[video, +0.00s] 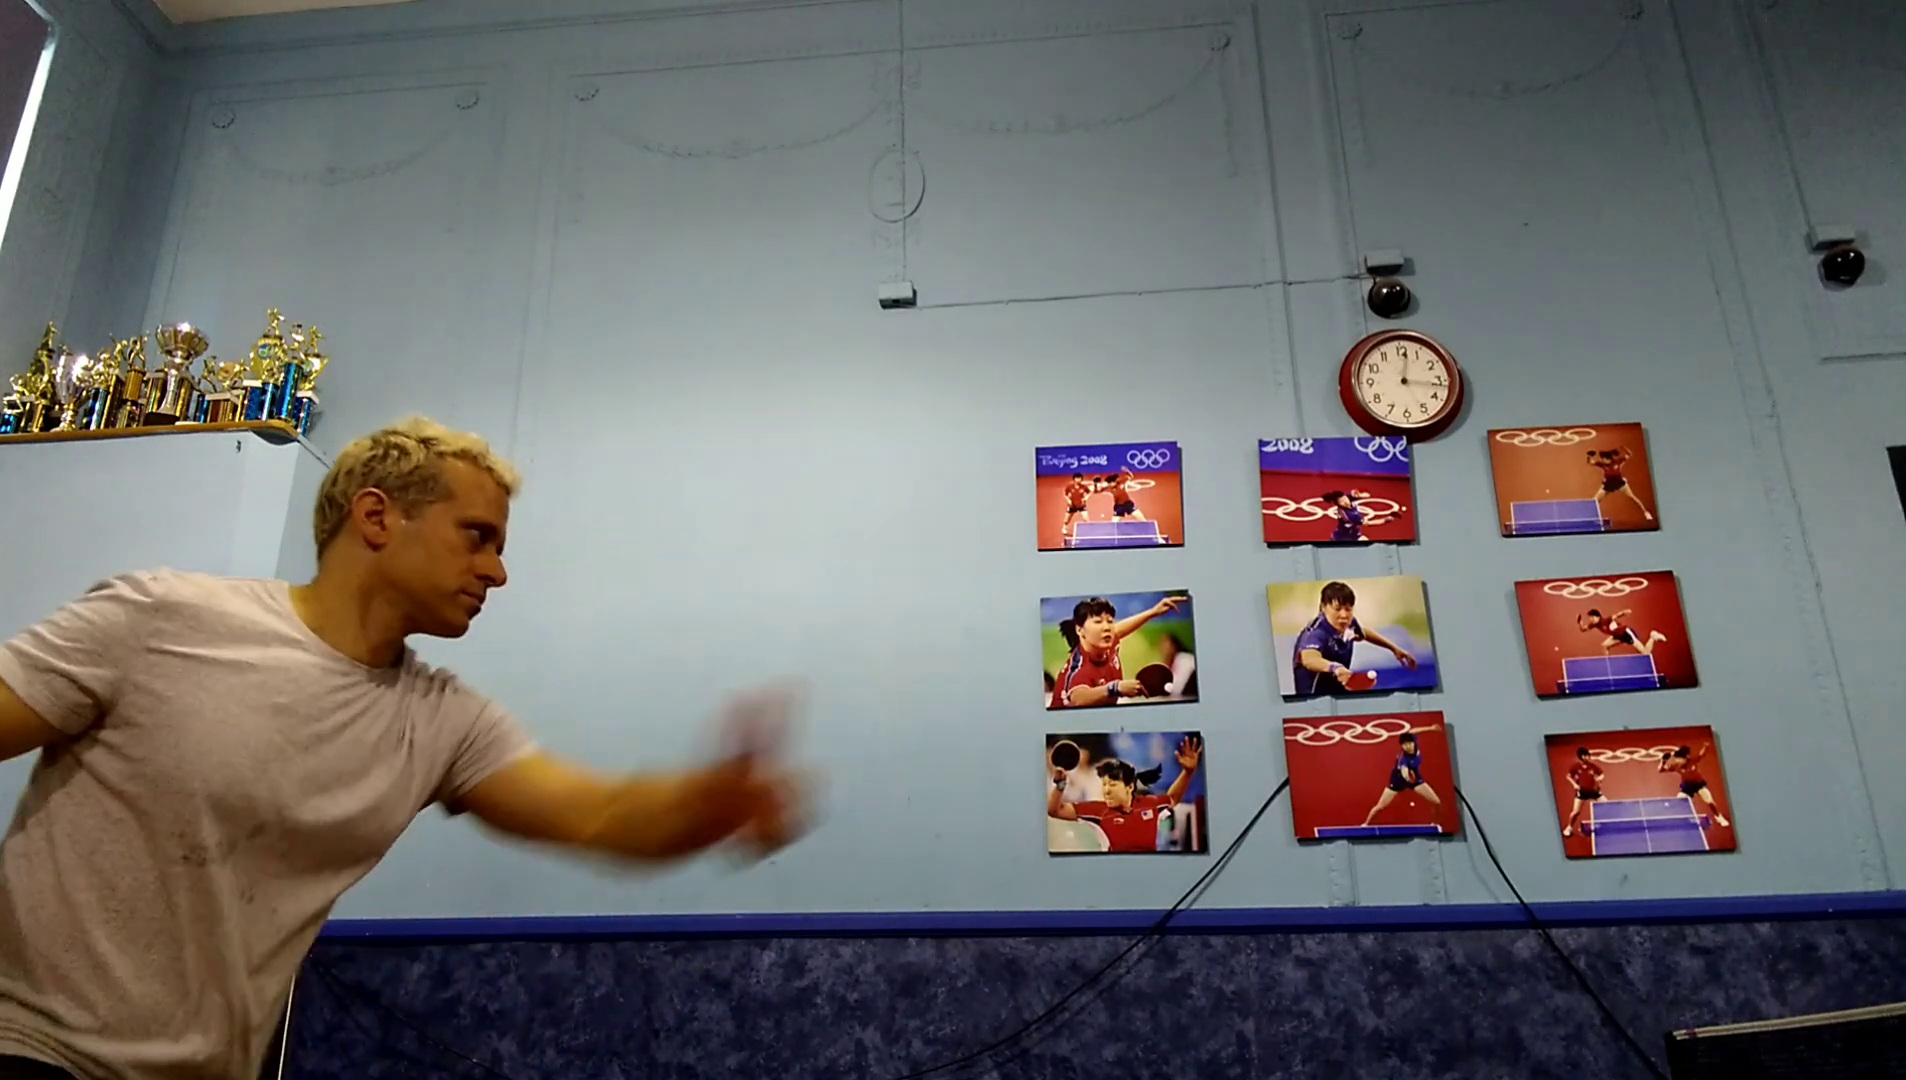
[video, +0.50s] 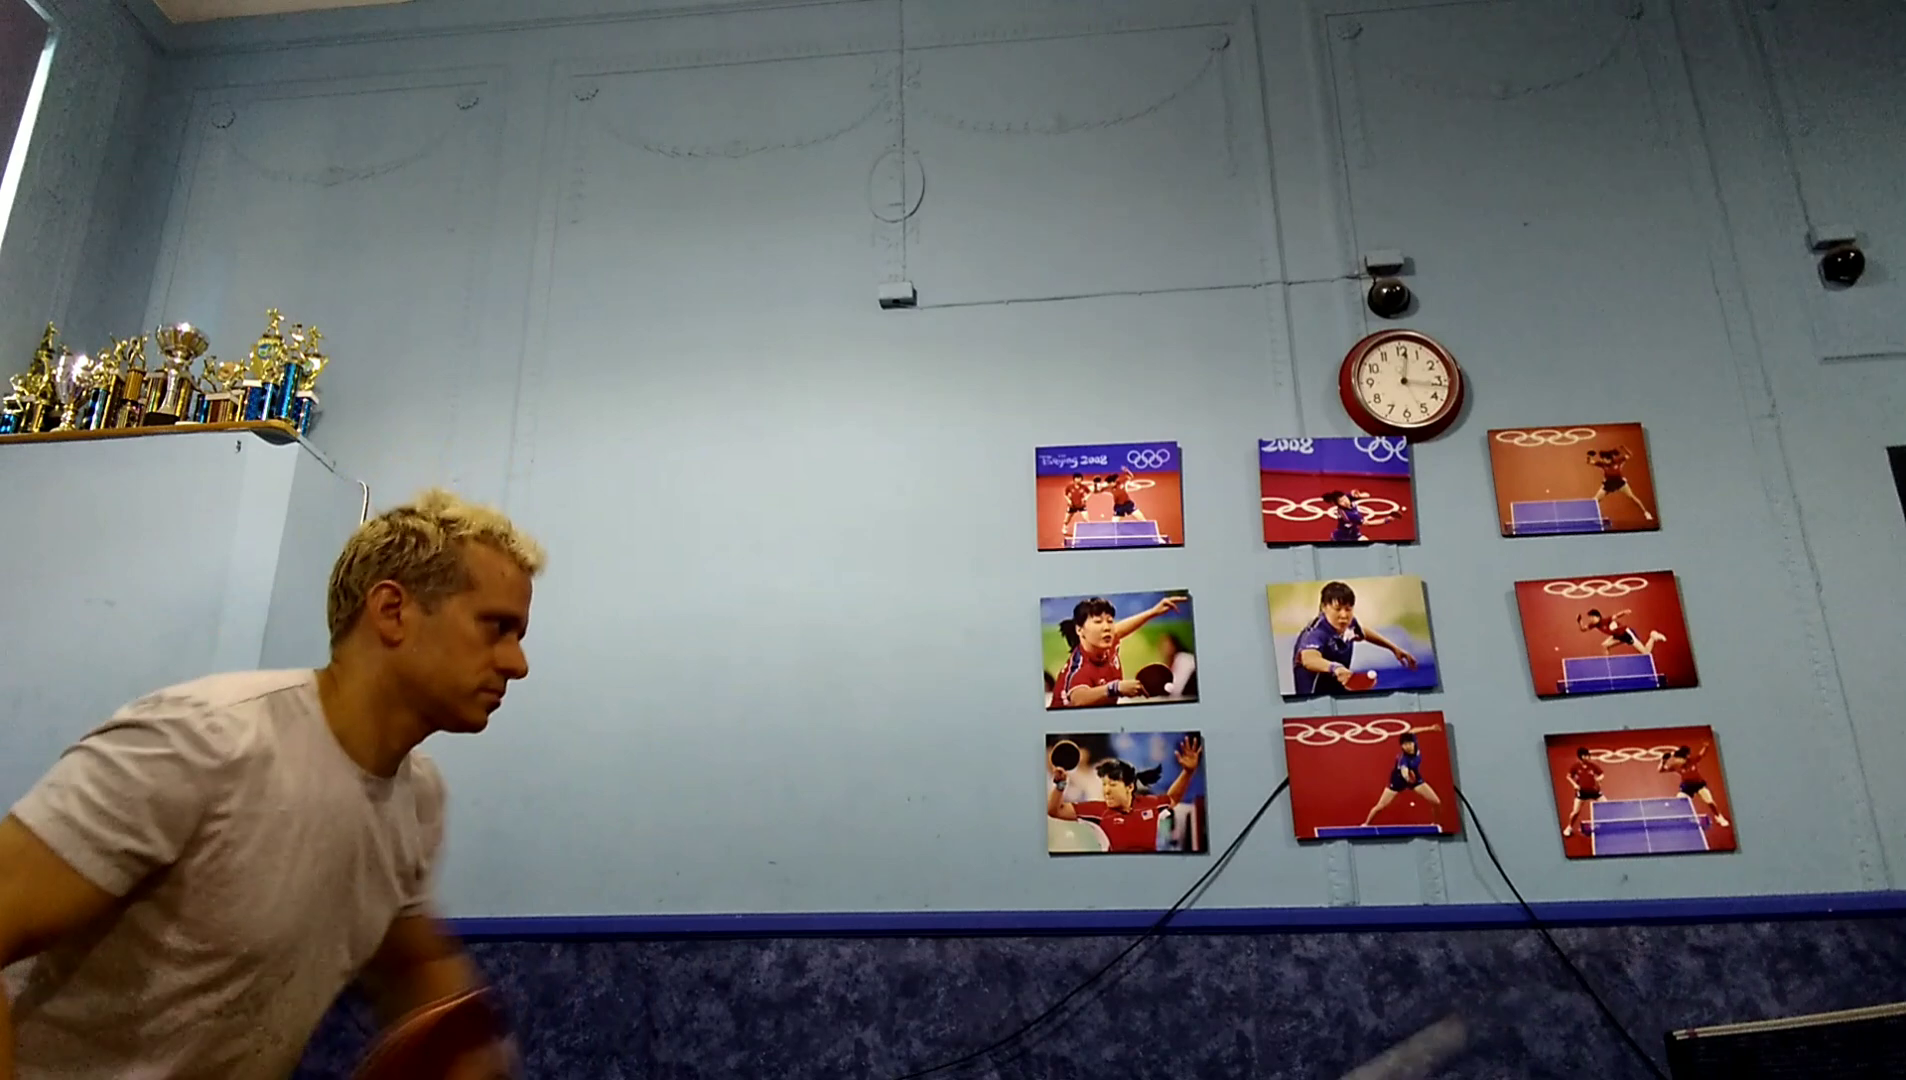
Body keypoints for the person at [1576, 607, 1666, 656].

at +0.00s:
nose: (1590, 620)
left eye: (1591, 618)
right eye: (1590, 618)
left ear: (1597, 617)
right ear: (1593, 618)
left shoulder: (1607, 620)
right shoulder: (1594, 624)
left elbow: (1617, 615)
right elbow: (1583, 630)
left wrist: (1625, 612)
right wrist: (1579, 623)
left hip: (1627, 634)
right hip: (1617, 637)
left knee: (1645, 652)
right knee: (1604, 645)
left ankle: (1653, 636)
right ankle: (1608, 667)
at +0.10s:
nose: (1590, 620)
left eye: (1591, 618)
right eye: (1590, 618)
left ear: (1597, 617)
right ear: (1593, 618)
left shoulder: (1607, 620)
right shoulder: (1594, 624)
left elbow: (1617, 615)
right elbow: (1583, 630)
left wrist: (1625, 612)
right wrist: (1579, 623)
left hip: (1627, 634)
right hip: (1617, 636)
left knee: (1645, 652)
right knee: (1604, 645)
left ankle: (1653, 636)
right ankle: (1608, 666)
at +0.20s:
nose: (1590, 620)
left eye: (1591, 618)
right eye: (1590, 619)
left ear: (1597, 617)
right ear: (1593, 618)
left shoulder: (1607, 620)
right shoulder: (1594, 624)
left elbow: (1617, 615)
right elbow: (1583, 630)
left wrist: (1625, 612)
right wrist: (1579, 623)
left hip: (1627, 634)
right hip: (1617, 636)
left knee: (1645, 652)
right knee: (1604, 645)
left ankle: (1653, 636)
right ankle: (1608, 667)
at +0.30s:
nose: (1590, 620)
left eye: (1591, 618)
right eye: (1590, 618)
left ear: (1597, 617)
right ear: (1593, 618)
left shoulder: (1607, 620)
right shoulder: (1594, 624)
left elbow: (1617, 615)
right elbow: (1583, 630)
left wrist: (1626, 612)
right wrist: (1579, 623)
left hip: (1627, 634)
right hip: (1617, 637)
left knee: (1645, 652)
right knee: (1604, 645)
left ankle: (1653, 636)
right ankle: (1608, 667)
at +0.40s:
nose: (1590, 620)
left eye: (1591, 618)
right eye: (1590, 618)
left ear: (1597, 617)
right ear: (1593, 618)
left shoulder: (1607, 620)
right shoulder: (1594, 624)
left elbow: (1617, 615)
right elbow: (1583, 630)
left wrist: (1626, 612)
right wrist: (1579, 623)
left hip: (1627, 634)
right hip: (1617, 637)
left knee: (1645, 652)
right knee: (1604, 645)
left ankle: (1653, 636)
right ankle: (1608, 667)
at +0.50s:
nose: (1590, 621)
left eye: (1591, 618)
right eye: (1590, 619)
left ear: (1597, 617)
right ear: (1592, 619)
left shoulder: (1606, 620)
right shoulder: (1594, 625)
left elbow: (1617, 616)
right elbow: (1583, 630)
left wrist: (1625, 612)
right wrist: (1579, 622)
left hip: (1627, 634)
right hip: (1618, 636)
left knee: (1645, 652)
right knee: (1604, 645)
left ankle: (1653, 636)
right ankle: (1608, 667)